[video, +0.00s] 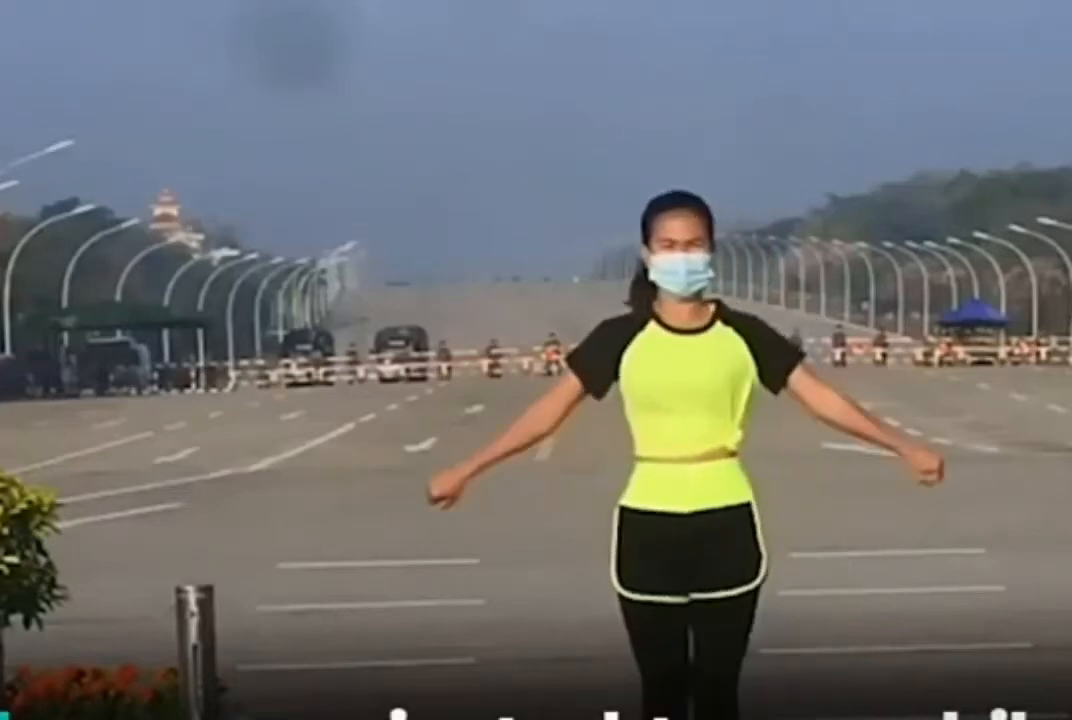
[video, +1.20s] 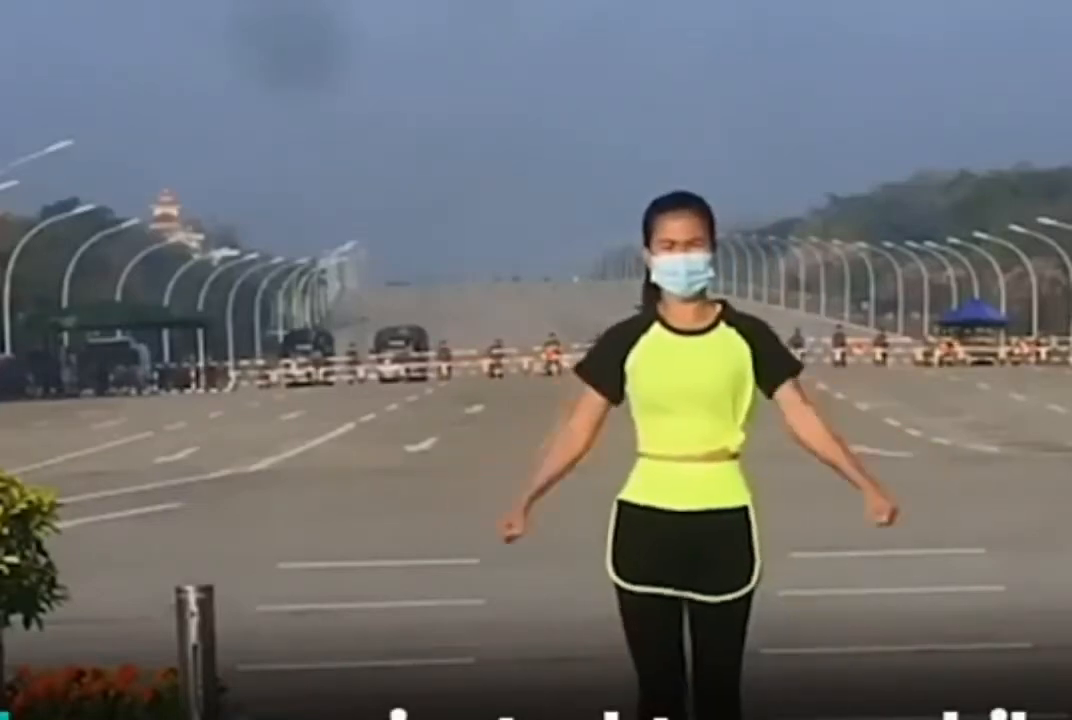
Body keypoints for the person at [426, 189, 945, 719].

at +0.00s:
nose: (686, 257)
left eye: (697, 244)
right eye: (670, 245)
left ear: (713, 253)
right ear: (646, 255)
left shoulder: (745, 334)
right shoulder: (619, 337)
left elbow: (821, 399)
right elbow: (547, 414)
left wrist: (905, 446)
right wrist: (465, 471)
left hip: (728, 523)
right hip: (647, 525)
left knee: (717, 692)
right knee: (662, 692)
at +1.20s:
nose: (685, 260)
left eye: (696, 246)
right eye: (670, 248)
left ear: (714, 252)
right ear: (648, 256)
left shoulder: (748, 335)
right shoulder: (626, 341)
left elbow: (803, 419)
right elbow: (577, 431)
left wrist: (869, 486)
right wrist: (525, 500)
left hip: (724, 523)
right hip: (645, 523)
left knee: (718, 690)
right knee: (659, 691)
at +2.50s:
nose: (622, 271)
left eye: (635, 259)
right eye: (609, 259)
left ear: (653, 267)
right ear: (588, 266)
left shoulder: (683, 341)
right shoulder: (564, 345)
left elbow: (671, 417)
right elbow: (578, 432)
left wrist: (603, 353)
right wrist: (634, 363)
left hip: (663, 533)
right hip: (583, 534)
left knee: (691, 698)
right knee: (560, 698)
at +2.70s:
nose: (652, 263)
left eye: (664, 250)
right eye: (637, 252)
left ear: (681, 256)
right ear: (617, 261)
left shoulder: (720, 332)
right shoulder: (598, 340)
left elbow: (735, 412)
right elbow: (585, 433)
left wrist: (675, 364)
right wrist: (646, 366)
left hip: (703, 524)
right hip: (622, 523)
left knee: (712, 693)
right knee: (591, 689)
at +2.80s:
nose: (664, 243)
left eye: (675, 230)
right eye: (649, 232)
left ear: (692, 237)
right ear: (628, 242)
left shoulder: (734, 315)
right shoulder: (606, 323)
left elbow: (770, 401)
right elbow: (566, 416)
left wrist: (733, 402)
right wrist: (619, 407)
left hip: (713, 511)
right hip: (632, 510)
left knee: (714, 686)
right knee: (620, 681)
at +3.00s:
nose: (682, 275)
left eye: (694, 262)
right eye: (667, 263)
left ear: (710, 272)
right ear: (645, 274)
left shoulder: (745, 357)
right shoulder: (619, 362)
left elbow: (768, 466)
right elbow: (609, 472)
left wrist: (786, 559)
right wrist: (606, 564)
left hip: (732, 550)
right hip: (650, 553)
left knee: (733, 707)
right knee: (667, 708)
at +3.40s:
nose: (712, 236)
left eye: (724, 223)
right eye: (698, 224)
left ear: (743, 230)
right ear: (676, 235)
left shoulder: (778, 303)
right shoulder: (657, 311)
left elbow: (797, 358)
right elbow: (654, 396)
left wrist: (820, 369)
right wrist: (657, 353)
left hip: (770, 494)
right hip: (690, 501)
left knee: (812, 663)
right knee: (681, 673)